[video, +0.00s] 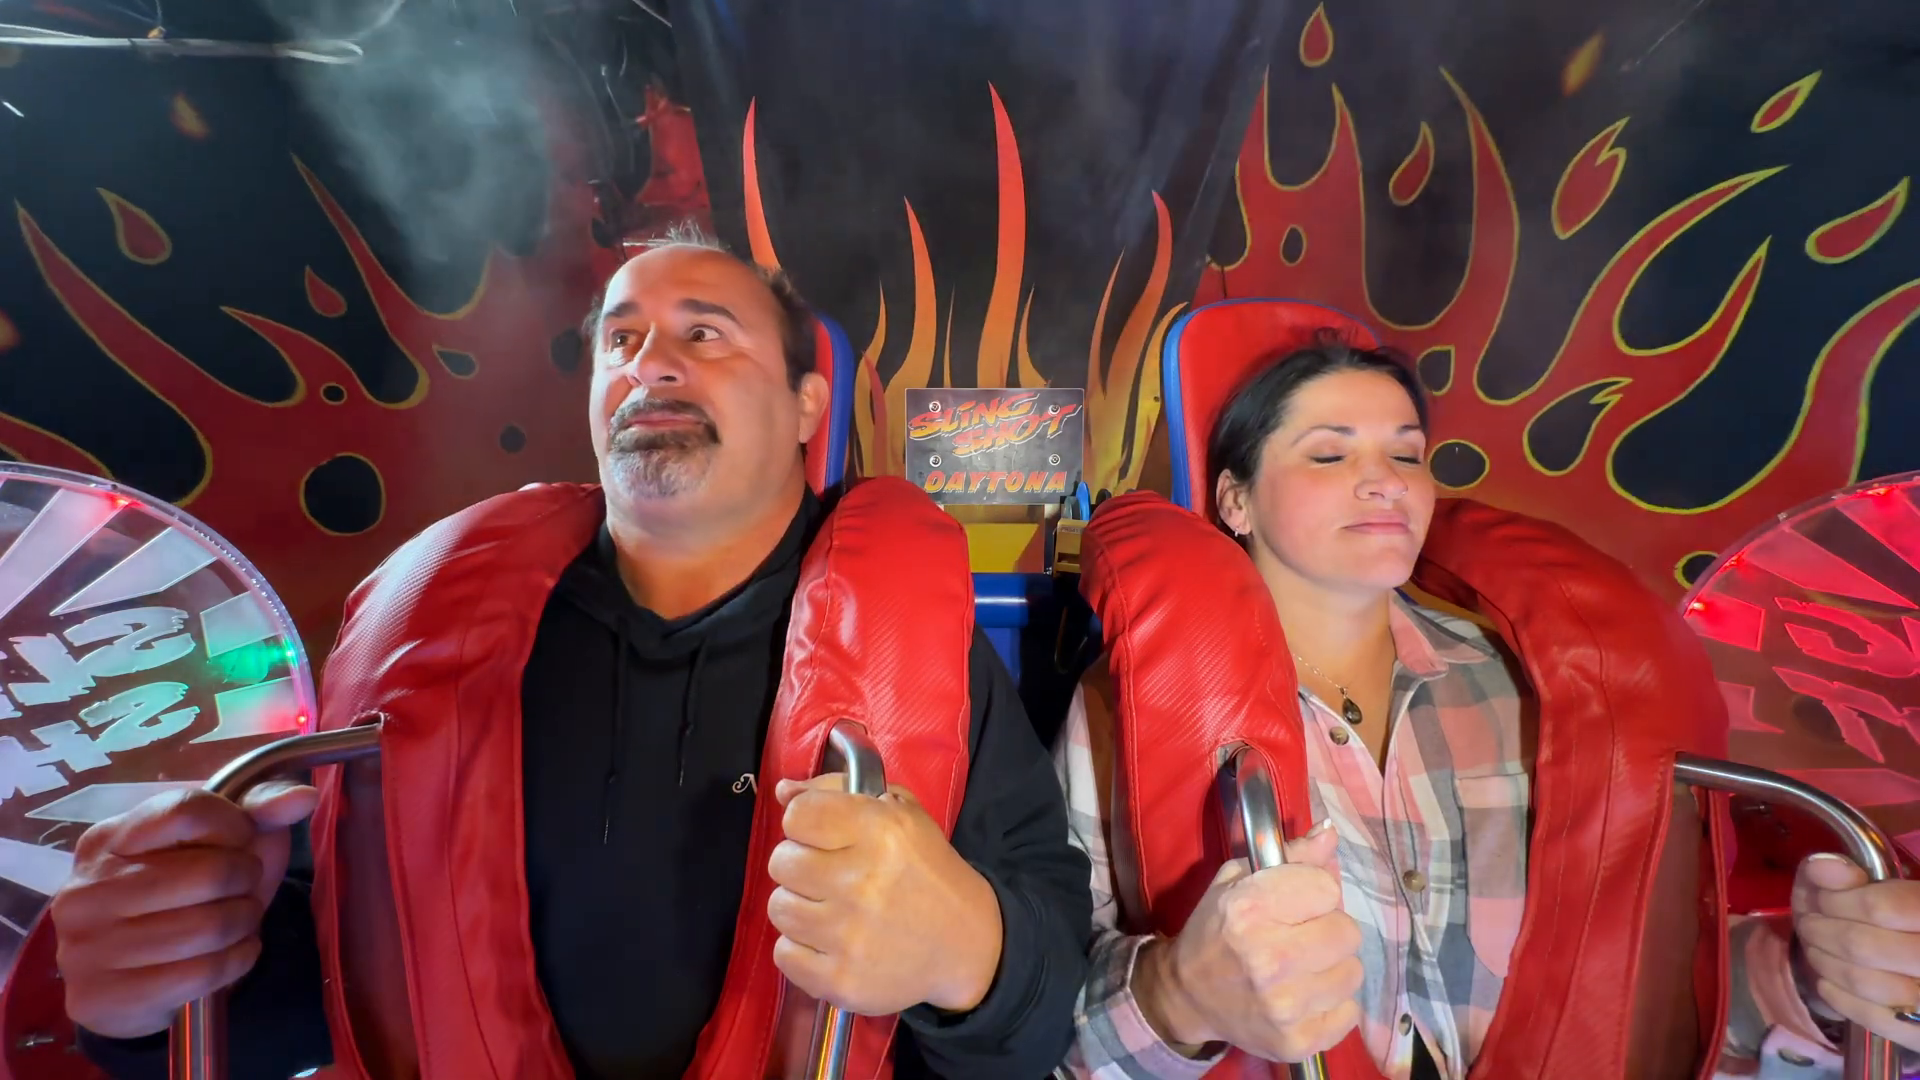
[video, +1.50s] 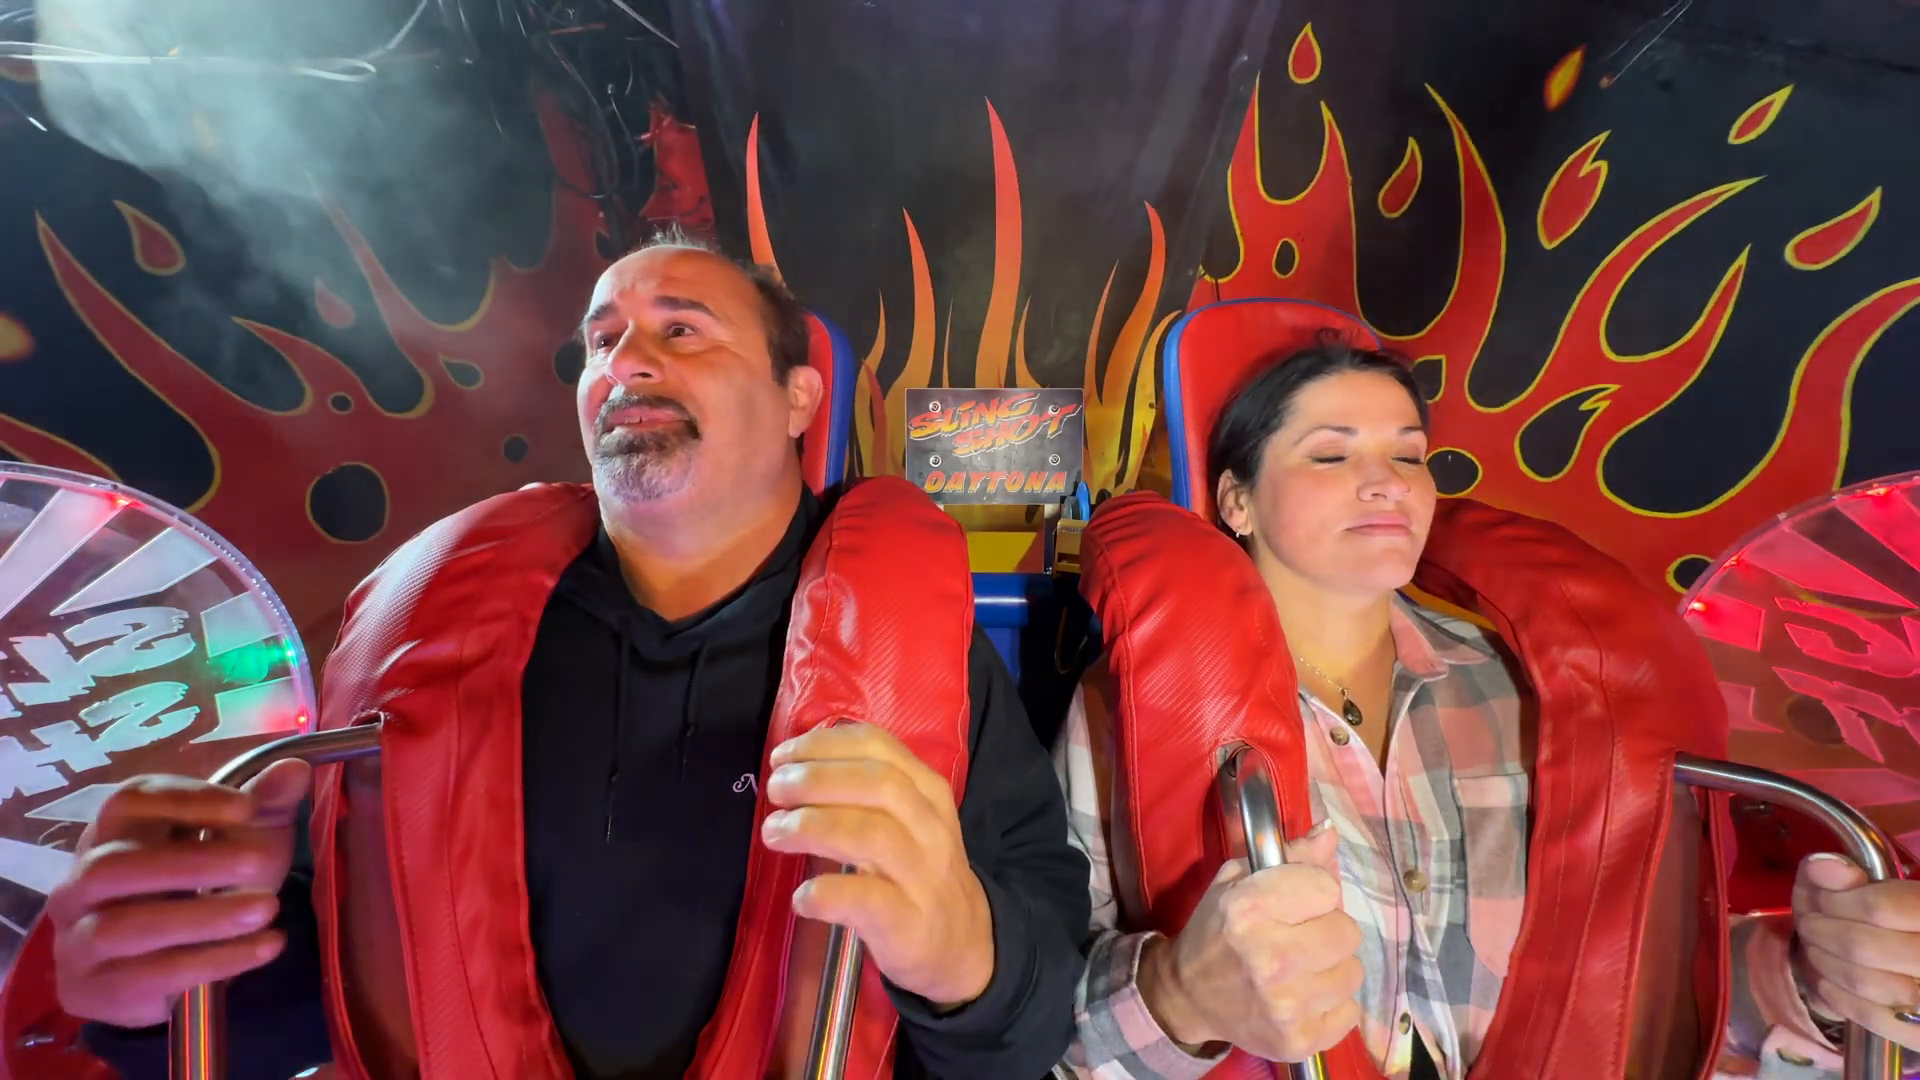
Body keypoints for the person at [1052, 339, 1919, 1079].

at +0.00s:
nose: (1385, 483)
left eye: (1406, 456)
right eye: (1330, 456)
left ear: (1434, 492)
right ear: (1237, 502)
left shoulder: (1520, 690)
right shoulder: (1142, 713)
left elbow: (1614, 969)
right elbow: (1053, 1034)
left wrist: (1803, 974)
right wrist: (1172, 999)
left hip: (1497, 1064)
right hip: (1260, 1071)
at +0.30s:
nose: (1384, 484)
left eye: (1406, 455)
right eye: (1330, 455)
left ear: (1435, 488)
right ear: (1238, 501)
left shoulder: (1521, 689)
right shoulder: (1142, 710)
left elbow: (1610, 974)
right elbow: (1050, 1035)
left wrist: (1796, 975)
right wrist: (1170, 1000)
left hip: (1496, 1065)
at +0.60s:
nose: (1384, 480)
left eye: (1406, 451)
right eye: (1328, 452)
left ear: (1436, 487)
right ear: (1238, 500)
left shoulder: (1519, 685)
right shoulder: (1143, 706)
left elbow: (1607, 968)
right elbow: (1050, 1030)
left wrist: (1790, 973)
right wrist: (1171, 997)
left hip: (1502, 1065)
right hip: (1268, 1073)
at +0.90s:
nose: (1386, 476)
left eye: (1407, 448)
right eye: (1329, 447)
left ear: (1436, 488)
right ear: (1238, 501)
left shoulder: (1524, 691)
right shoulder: (1143, 710)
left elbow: (1615, 975)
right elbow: (1047, 1032)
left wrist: (1800, 973)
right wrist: (1169, 1000)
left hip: (1495, 1064)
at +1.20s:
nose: (1388, 478)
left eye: (1408, 451)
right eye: (1329, 449)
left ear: (1434, 492)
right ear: (1238, 502)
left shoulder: (1523, 693)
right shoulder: (1142, 712)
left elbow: (1613, 975)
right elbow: (1046, 1033)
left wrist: (1797, 974)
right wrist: (1171, 1002)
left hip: (1494, 1066)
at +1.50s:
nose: (1388, 487)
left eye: (1408, 459)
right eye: (1332, 457)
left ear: (1435, 491)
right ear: (1238, 503)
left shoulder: (1522, 694)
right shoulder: (1141, 715)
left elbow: (1611, 976)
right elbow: (1046, 1036)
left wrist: (1800, 975)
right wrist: (1172, 1001)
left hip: (1492, 1066)